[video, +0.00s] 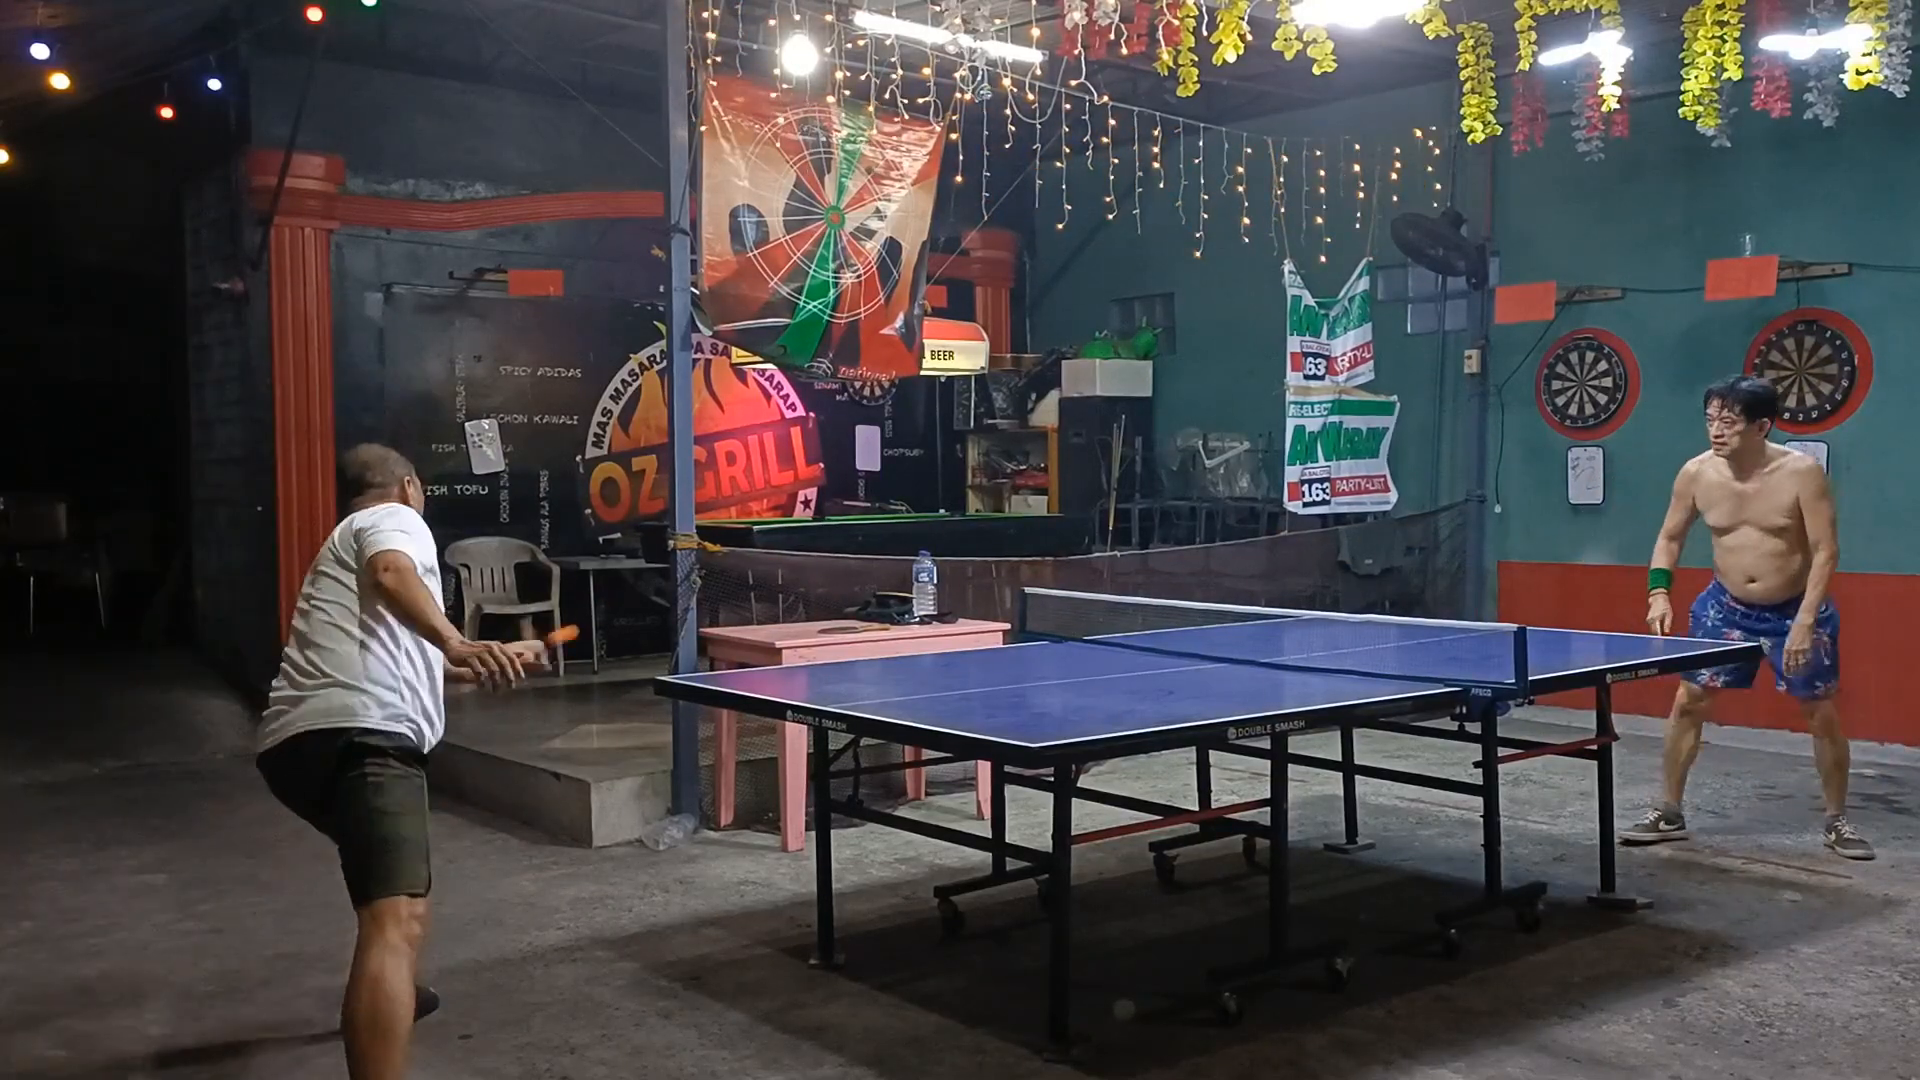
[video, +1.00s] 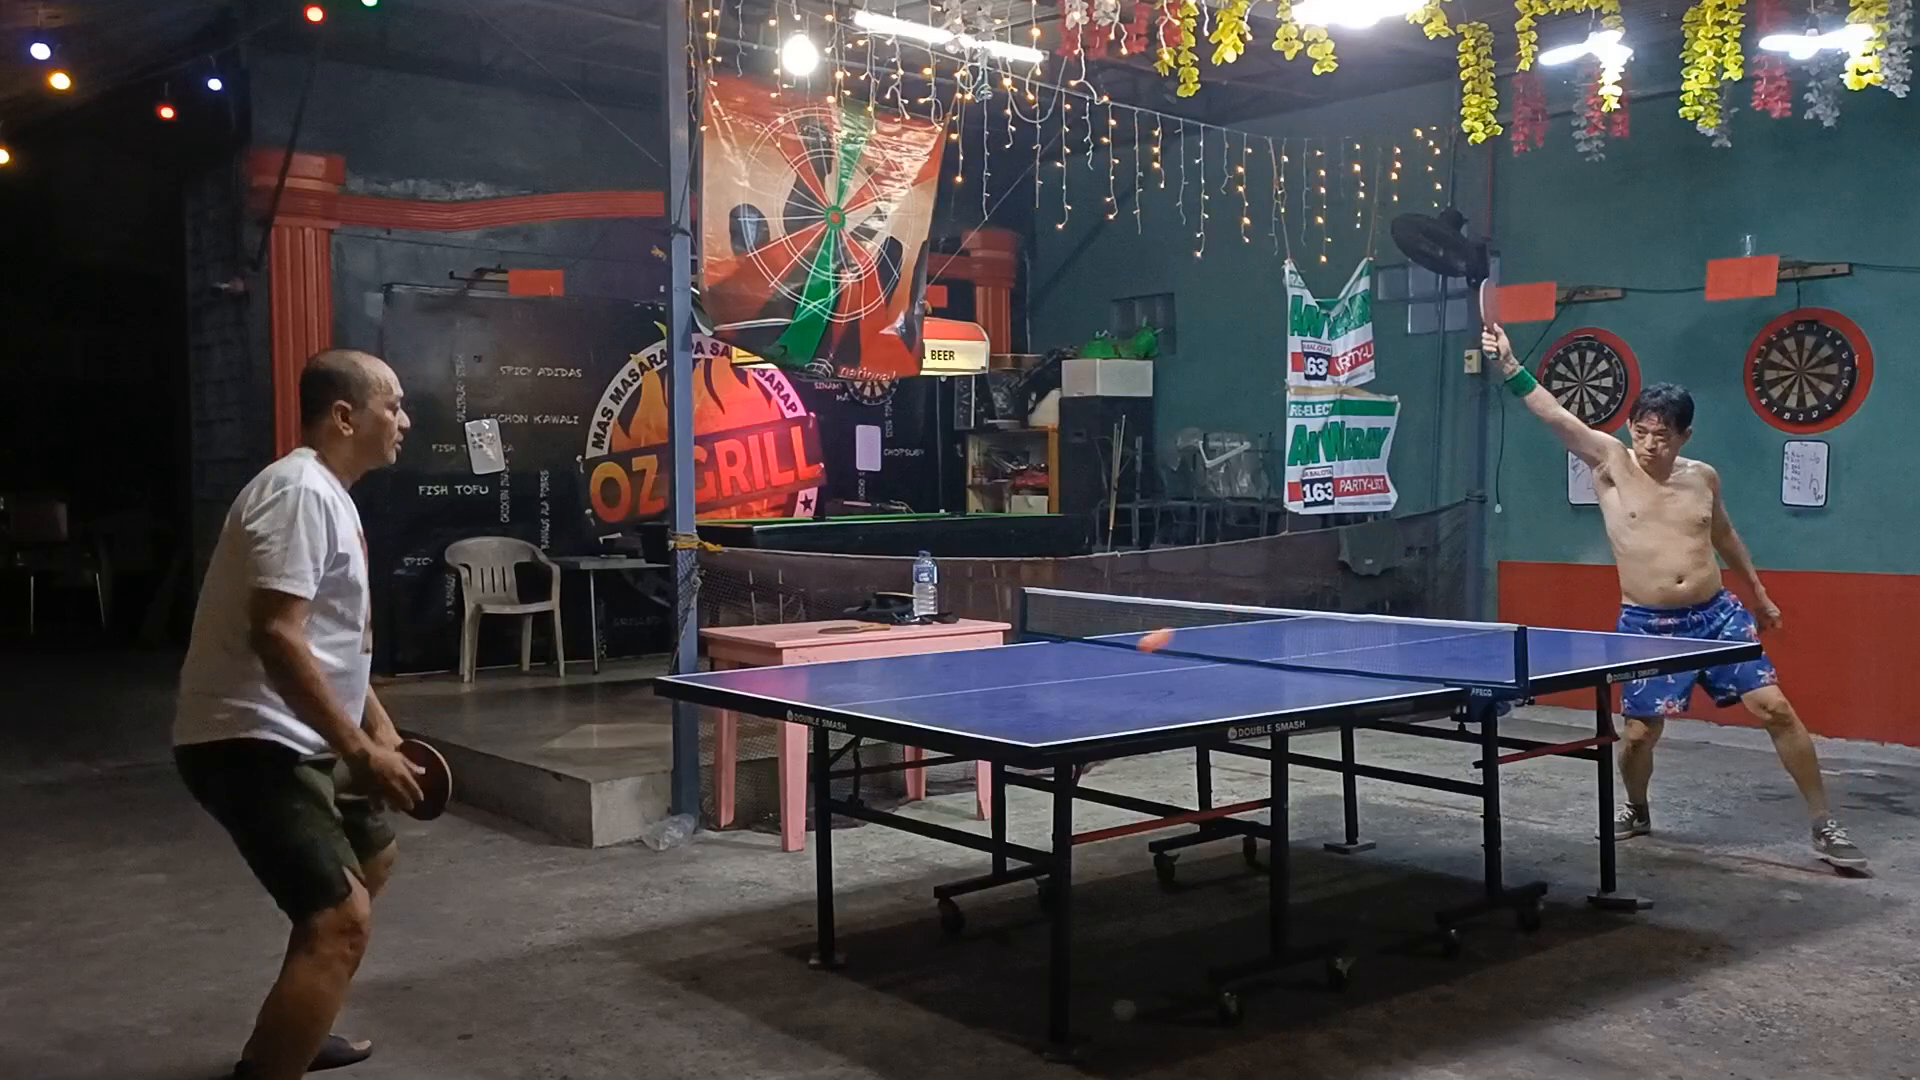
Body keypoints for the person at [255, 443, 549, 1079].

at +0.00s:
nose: (424, 501)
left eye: (420, 492)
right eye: (422, 491)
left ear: (355, 498)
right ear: (409, 487)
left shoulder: (339, 551)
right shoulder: (392, 516)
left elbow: (407, 658)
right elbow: (388, 573)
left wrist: (502, 657)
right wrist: (455, 642)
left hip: (292, 742)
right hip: (363, 733)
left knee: (394, 868)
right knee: (394, 924)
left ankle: (385, 990)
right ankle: (377, 1069)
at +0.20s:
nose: (432, 468)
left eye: (430, 458)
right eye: (429, 457)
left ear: (370, 457)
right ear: (406, 451)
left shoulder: (349, 509)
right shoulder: (393, 478)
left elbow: (398, 649)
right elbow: (389, 552)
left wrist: (488, 691)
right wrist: (450, 639)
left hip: (282, 688)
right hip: (335, 682)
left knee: (372, 843)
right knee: (396, 877)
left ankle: (383, 990)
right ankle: (367, 1067)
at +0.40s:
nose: (419, 451)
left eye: (418, 439)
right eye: (414, 438)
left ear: (347, 438)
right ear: (383, 435)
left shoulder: (290, 509)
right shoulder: (380, 480)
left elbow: (274, 609)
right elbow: (385, 571)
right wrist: (458, 674)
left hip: (257, 701)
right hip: (323, 700)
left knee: (341, 845)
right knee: (400, 882)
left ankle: (286, 998)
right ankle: (308, 1066)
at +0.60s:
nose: (412, 420)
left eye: (410, 405)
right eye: (405, 406)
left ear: (339, 415)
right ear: (368, 411)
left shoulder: (280, 487)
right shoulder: (365, 473)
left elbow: (266, 603)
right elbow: (359, 587)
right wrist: (429, 696)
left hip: (255, 702)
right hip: (316, 708)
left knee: (327, 852)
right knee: (376, 897)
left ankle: (290, 998)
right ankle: (293, 1071)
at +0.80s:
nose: (413, 365)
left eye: (410, 351)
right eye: (403, 351)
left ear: (346, 360)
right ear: (362, 358)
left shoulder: (305, 422)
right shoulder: (337, 418)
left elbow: (285, 559)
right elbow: (313, 543)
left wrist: (355, 668)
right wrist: (379, 654)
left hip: (273, 664)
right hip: (286, 667)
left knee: (356, 847)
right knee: (342, 869)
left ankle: (291, 1015)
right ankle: (287, 1067)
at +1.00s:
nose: (404, 421)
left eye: (402, 407)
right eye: (393, 407)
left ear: (344, 417)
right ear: (345, 415)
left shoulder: (329, 497)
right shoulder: (300, 490)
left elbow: (334, 643)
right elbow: (276, 635)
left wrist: (384, 731)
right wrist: (359, 747)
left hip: (293, 730)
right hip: (247, 735)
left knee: (374, 859)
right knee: (338, 921)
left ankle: (297, 1030)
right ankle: (265, 1065)